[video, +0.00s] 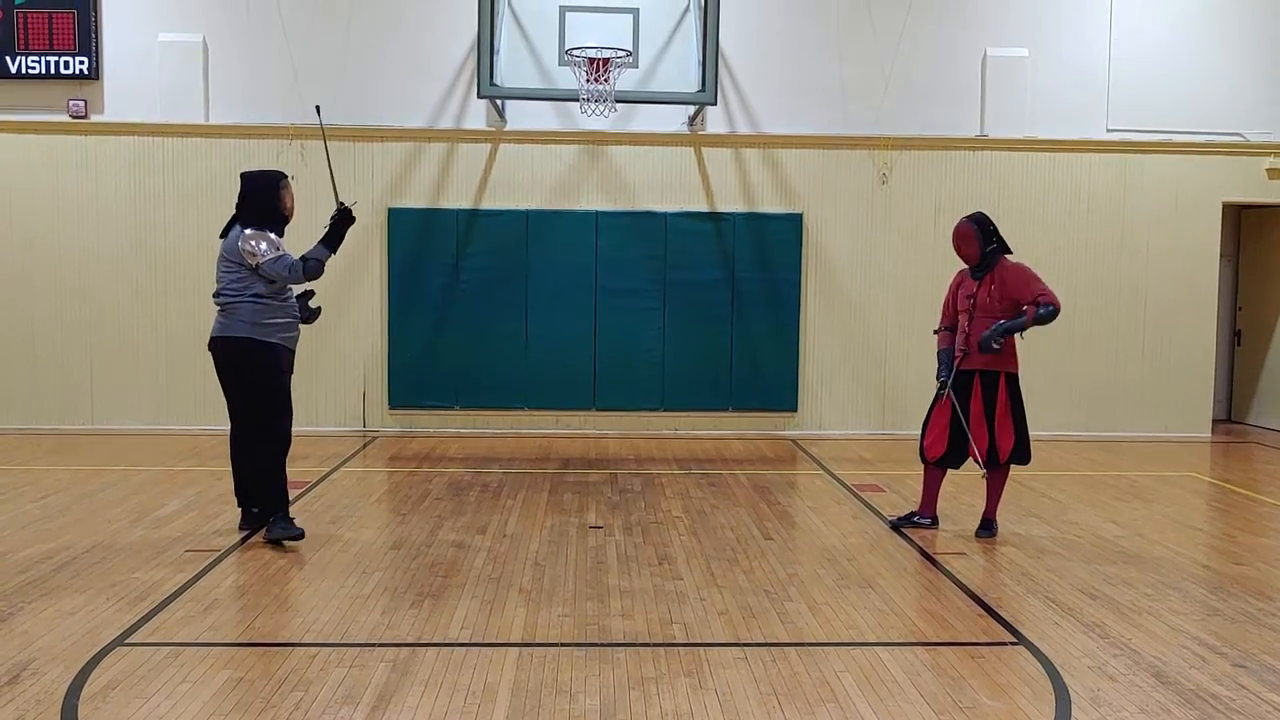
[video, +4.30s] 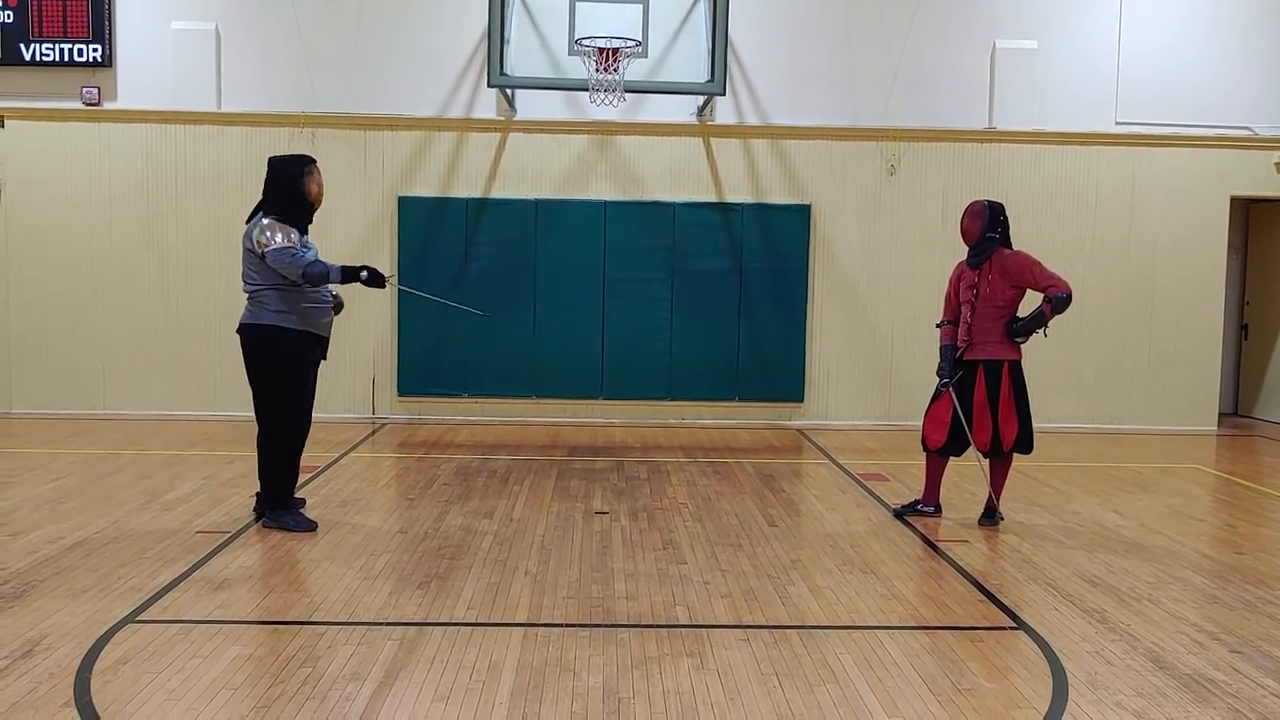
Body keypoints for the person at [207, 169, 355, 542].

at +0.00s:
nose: (293, 202)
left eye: (291, 194)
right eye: (288, 194)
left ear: (260, 198)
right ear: (270, 197)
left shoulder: (242, 235)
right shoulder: (254, 236)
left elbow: (253, 295)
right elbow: (294, 271)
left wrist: (293, 307)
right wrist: (332, 237)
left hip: (238, 343)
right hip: (254, 346)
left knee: (248, 429)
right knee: (273, 430)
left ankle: (252, 511)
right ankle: (276, 517)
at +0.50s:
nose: (289, 242)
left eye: (287, 234)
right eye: (284, 234)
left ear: (255, 236)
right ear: (266, 237)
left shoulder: (236, 274)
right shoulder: (249, 275)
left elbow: (247, 336)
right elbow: (281, 316)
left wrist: (292, 349)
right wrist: (326, 289)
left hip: (241, 384)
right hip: (253, 388)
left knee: (247, 469)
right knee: (266, 471)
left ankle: (243, 553)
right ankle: (256, 559)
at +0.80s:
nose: (322, 272)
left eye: (322, 264)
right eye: (317, 264)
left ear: (290, 266)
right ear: (298, 266)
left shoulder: (274, 305)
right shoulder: (277, 307)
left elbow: (298, 362)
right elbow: (314, 351)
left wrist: (333, 374)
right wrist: (355, 322)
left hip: (280, 410)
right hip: (283, 413)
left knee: (282, 496)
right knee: (294, 497)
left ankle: (276, 575)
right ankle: (283, 585)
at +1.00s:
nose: (320, 253)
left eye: (319, 245)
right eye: (315, 245)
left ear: (289, 246)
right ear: (296, 247)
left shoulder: (280, 288)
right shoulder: (275, 288)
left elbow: (318, 333)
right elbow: (311, 333)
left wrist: (350, 322)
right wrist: (351, 314)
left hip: (286, 395)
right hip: (278, 396)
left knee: (283, 480)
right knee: (286, 481)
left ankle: (273, 560)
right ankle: (278, 567)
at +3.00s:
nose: (306, 209)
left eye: (305, 201)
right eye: (300, 201)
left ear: (275, 206)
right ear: (281, 205)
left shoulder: (272, 250)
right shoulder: (259, 249)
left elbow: (285, 306)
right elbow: (261, 309)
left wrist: (314, 332)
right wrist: (297, 338)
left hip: (274, 355)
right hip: (263, 356)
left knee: (267, 438)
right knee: (276, 440)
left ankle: (255, 520)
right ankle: (261, 527)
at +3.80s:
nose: (317, 200)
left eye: (317, 192)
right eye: (312, 192)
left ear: (292, 196)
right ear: (290, 193)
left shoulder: (287, 237)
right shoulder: (261, 234)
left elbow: (298, 287)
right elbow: (286, 281)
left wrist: (306, 344)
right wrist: (337, 307)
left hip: (288, 343)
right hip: (264, 342)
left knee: (286, 424)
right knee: (271, 425)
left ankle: (271, 501)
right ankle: (266, 509)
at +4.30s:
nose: (321, 190)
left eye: (320, 182)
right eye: (315, 182)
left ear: (298, 185)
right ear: (294, 184)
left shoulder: (292, 230)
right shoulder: (269, 226)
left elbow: (296, 284)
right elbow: (299, 268)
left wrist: (329, 299)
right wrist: (355, 272)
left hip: (295, 337)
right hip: (273, 336)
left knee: (293, 422)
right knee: (280, 422)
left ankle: (277, 497)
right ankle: (274, 506)